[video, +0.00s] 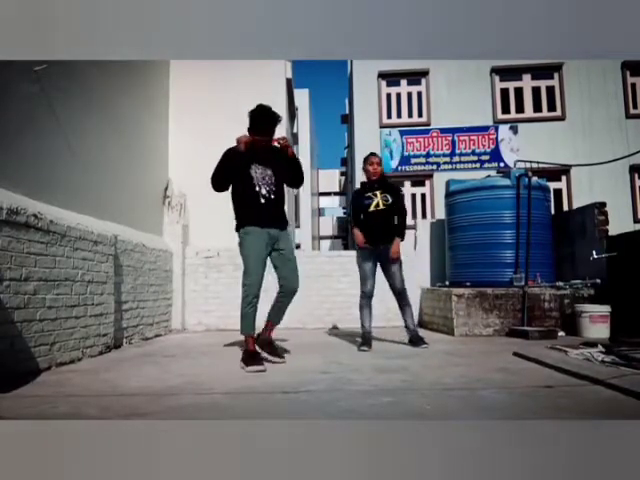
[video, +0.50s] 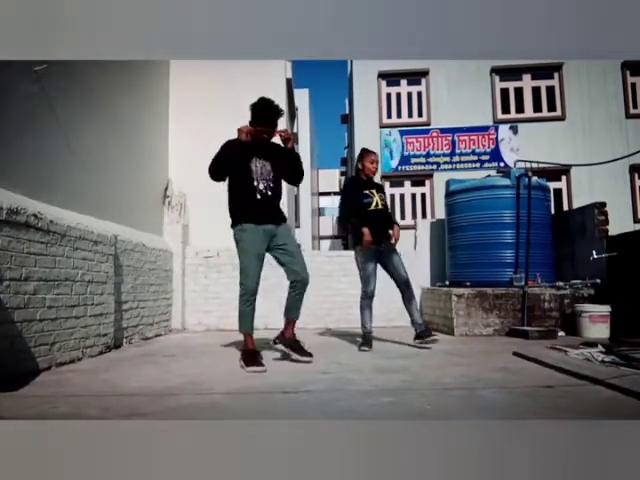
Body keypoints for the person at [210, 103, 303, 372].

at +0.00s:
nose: (267, 138)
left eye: (270, 134)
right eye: (265, 133)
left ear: (273, 132)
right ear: (256, 130)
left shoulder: (278, 154)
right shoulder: (235, 154)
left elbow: (296, 182)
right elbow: (218, 184)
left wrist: (290, 154)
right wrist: (239, 151)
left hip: (280, 230)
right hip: (253, 229)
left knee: (290, 286)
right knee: (252, 288)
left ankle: (266, 336)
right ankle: (249, 347)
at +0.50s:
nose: (269, 132)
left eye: (272, 128)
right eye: (266, 128)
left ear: (274, 127)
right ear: (254, 125)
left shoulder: (276, 150)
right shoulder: (236, 148)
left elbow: (296, 178)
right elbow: (216, 174)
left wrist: (291, 148)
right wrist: (237, 142)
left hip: (277, 225)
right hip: (249, 226)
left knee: (300, 278)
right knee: (249, 287)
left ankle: (288, 334)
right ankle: (249, 347)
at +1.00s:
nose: (274, 148)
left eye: (279, 143)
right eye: (270, 144)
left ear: (286, 142)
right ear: (263, 142)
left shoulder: (294, 165)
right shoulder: (253, 166)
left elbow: (313, 195)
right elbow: (226, 191)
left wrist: (299, 166)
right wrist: (244, 167)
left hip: (289, 236)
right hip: (260, 236)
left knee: (292, 292)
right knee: (256, 290)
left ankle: (285, 342)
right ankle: (253, 348)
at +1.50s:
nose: (285, 148)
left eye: (289, 143)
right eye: (280, 143)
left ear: (295, 145)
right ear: (273, 142)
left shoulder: (298, 176)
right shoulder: (254, 169)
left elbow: (308, 208)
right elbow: (232, 202)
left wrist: (307, 235)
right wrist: (233, 226)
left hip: (284, 237)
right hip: (254, 235)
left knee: (285, 287)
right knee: (239, 284)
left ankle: (284, 340)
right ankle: (248, 325)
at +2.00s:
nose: (246, 146)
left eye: (250, 142)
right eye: (242, 142)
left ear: (254, 144)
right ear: (233, 143)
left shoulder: (268, 167)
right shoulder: (227, 177)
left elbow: (291, 194)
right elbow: (221, 206)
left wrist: (290, 222)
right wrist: (223, 229)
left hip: (271, 232)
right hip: (244, 236)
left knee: (284, 281)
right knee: (240, 286)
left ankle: (295, 333)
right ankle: (249, 334)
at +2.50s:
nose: (257, 141)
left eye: (263, 138)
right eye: (254, 136)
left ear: (267, 143)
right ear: (246, 139)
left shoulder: (274, 172)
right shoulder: (230, 174)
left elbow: (287, 200)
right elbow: (212, 209)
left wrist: (289, 221)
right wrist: (223, 233)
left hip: (275, 236)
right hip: (247, 239)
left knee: (292, 277)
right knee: (249, 291)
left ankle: (292, 333)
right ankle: (252, 338)